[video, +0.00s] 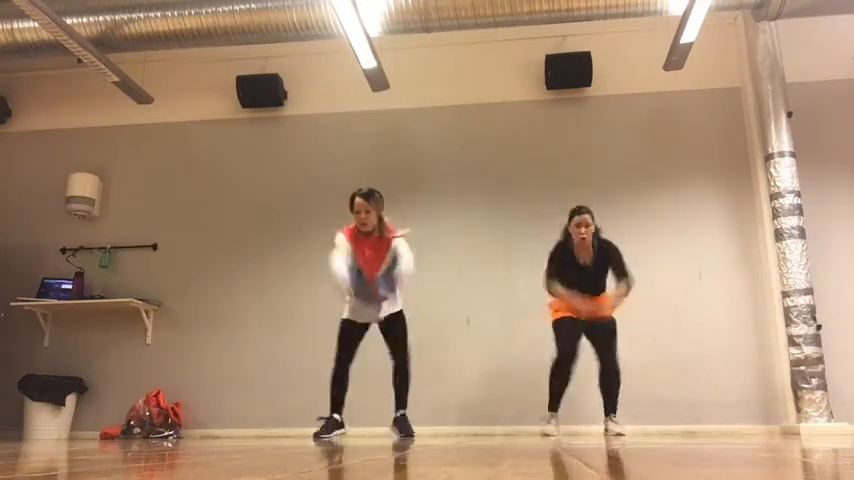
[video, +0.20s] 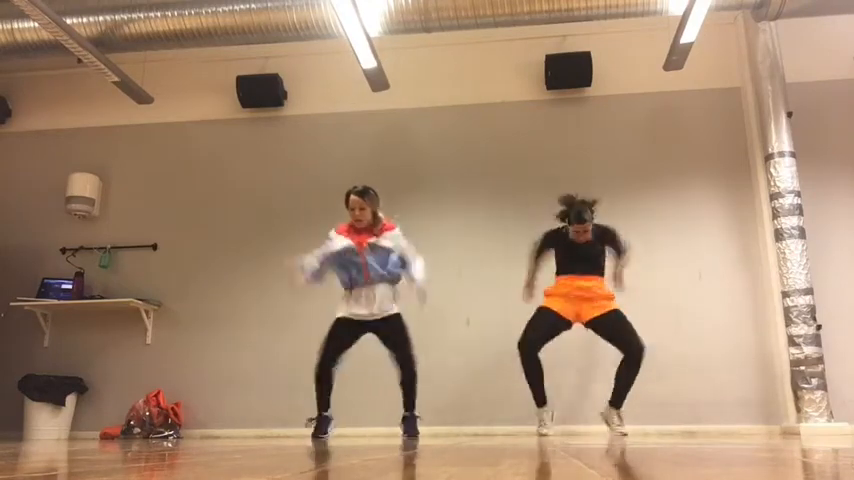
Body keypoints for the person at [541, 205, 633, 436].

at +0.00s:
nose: (582, 229)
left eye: (586, 224)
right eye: (577, 225)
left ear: (594, 227)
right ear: (569, 229)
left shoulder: (607, 249)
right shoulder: (561, 250)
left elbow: (626, 281)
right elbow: (551, 284)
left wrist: (612, 302)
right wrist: (577, 302)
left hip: (599, 309)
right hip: (567, 309)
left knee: (609, 360)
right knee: (566, 356)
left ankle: (610, 418)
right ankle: (552, 415)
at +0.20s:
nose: (582, 236)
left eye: (586, 231)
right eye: (577, 232)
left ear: (592, 224)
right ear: (568, 226)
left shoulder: (604, 234)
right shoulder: (556, 237)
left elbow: (621, 251)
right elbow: (538, 252)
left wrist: (618, 272)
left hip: (597, 302)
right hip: (561, 302)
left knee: (635, 350)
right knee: (526, 346)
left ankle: (613, 410)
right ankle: (543, 410)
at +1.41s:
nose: (557, 226)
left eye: (562, 220)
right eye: (552, 221)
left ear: (571, 221)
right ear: (545, 224)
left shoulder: (585, 236)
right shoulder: (538, 248)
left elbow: (621, 253)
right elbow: (519, 284)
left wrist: (646, 281)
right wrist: (498, 313)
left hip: (590, 298)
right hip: (556, 300)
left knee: (613, 354)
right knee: (542, 354)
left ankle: (640, 417)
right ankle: (539, 419)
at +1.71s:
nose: (566, 174)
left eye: (570, 170)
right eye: (561, 170)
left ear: (574, 177)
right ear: (552, 175)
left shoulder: (574, 203)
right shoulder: (545, 194)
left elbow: (581, 231)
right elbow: (533, 174)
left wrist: (606, 231)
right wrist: (562, 156)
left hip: (579, 260)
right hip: (556, 268)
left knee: (612, 256)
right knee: (558, 340)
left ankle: (616, 305)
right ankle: (552, 408)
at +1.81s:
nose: (572, 165)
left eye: (575, 162)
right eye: (566, 162)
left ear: (582, 166)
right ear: (557, 167)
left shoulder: (587, 195)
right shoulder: (551, 180)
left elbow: (591, 234)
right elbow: (529, 181)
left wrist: (599, 216)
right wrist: (538, 178)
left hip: (580, 248)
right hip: (551, 249)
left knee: (621, 267)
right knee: (555, 311)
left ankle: (601, 328)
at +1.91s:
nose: (572, 174)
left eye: (575, 169)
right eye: (567, 170)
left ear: (583, 171)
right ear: (559, 174)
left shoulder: (589, 197)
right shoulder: (549, 191)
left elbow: (610, 222)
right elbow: (530, 217)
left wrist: (598, 202)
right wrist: (512, 218)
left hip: (582, 253)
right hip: (553, 245)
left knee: (608, 305)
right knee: (548, 265)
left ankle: (596, 373)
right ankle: (539, 307)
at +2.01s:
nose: (566, 201)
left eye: (571, 196)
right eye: (563, 196)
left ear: (582, 196)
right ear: (557, 198)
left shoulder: (594, 211)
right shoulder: (553, 221)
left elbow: (620, 203)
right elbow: (537, 259)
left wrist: (629, 194)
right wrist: (505, 256)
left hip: (587, 287)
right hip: (563, 279)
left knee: (588, 349)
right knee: (553, 221)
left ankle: (576, 413)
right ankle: (539, 280)